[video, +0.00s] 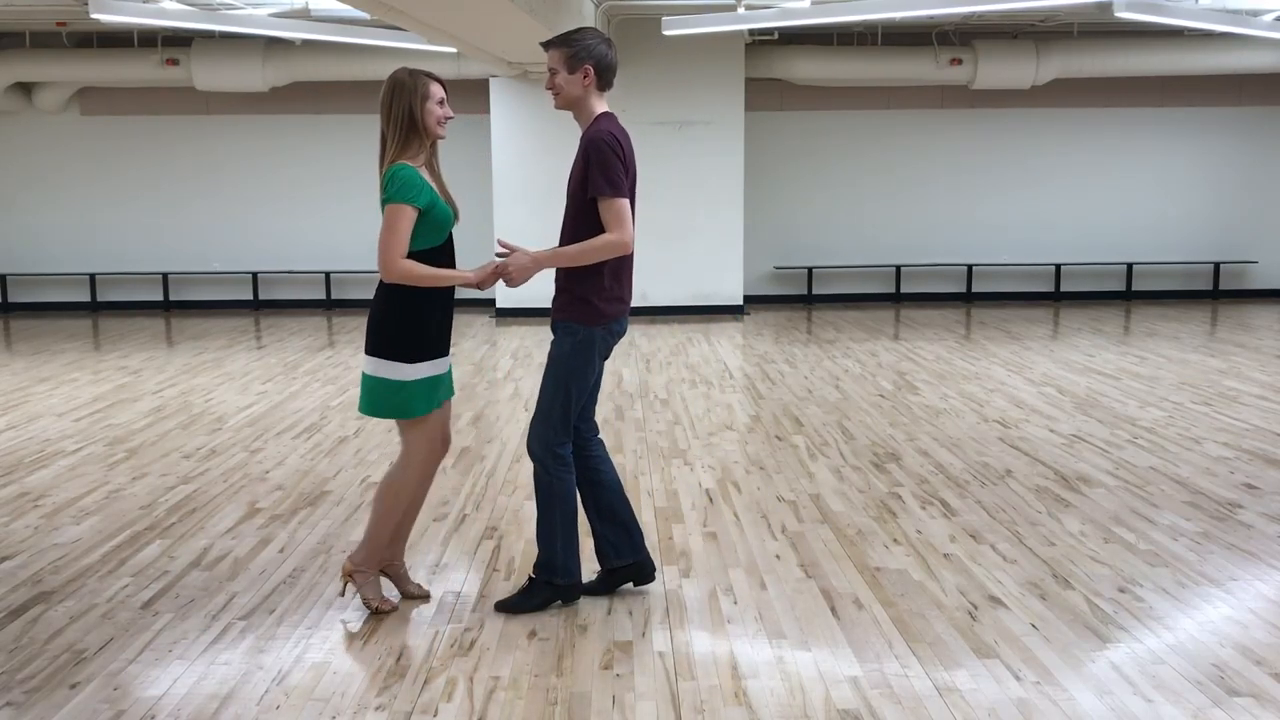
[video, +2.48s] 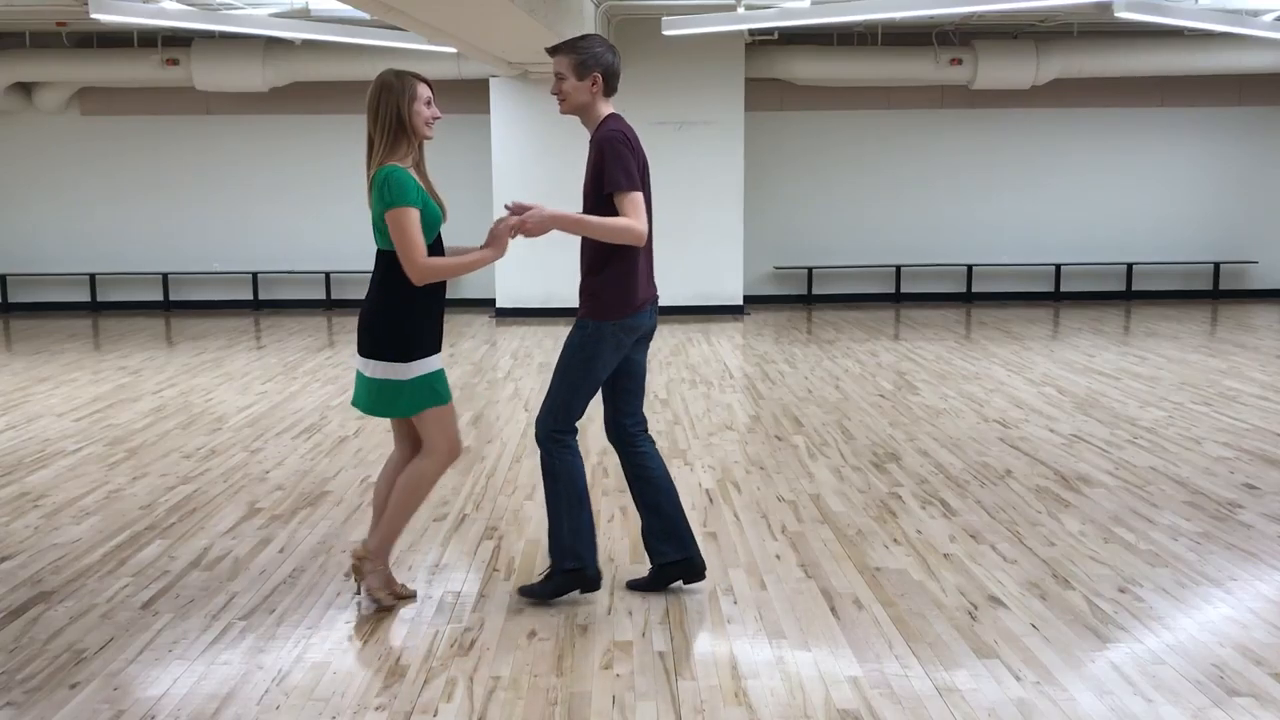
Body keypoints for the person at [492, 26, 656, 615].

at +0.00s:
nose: (547, 83)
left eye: (554, 72)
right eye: (547, 73)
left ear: (584, 74)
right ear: (586, 76)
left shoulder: (603, 139)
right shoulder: (600, 135)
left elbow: (620, 239)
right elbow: (597, 236)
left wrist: (538, 260)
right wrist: (535, 260)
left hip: (588, 317)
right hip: (589, 313)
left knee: (549, 440)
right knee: (579, 435)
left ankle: (556, 577)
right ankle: (628, 559)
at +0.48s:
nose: (586, 85)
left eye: (591, 74)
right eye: (586, 74)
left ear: (623, 74)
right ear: (622, 77)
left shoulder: (641, 136)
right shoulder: (640, 133)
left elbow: (667, 231)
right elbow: (641, 226)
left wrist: (587, 224)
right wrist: (581, 214)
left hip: (645, 320)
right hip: (629, 317)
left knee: (654, 445)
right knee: (609, 434)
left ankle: (710, 570)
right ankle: (630, 563)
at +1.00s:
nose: (621, 84)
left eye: (628, 73)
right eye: (620, 74)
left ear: (659, 75)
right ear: (661, 77)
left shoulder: (679, 140)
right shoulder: (680, 134)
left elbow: (709, 238)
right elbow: (691, 225)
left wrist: (632, 253)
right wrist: (633, 226)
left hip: (696, 318)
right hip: (706, 314)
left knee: (687, 446)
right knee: (714, 435)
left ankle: (714, 575)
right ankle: (774, 557)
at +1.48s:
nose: (596, 84)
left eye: (603, 72)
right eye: (597, 73)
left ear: (635, 75)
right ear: (634, 77)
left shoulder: (652, 136)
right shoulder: (649, 133)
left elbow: (672, 234)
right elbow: (655, 221)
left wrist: (595, 211)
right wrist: (596, 211)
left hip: (666, 319)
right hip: (643, 318)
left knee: (669, 444)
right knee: (622, 435)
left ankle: (713, 576)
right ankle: (666, 559)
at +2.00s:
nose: (548, 83)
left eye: (555, 74)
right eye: (549, 73)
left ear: (586, 77)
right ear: (589, 78)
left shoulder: (602, 141)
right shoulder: (605, 137)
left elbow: (610, 241)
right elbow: (596, 238)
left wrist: (528, 249)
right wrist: (528, 244)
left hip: (594, 319)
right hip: (603, 316)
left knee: (549, 443)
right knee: (586, 438)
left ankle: (558, 584)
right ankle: (632, 564)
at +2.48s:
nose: (553, 90)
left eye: (561, 80)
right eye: (553, 80)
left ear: (594, 82)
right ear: (591, 85)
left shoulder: (613, 138)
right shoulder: (613, 135)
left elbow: (635, 227)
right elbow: (621, 226)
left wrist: (553, 218)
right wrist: (550, 219)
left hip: (609, 315)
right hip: (633, 312)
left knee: (554, 427)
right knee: (628, 430)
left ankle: (574, 566)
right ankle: (678, 558)